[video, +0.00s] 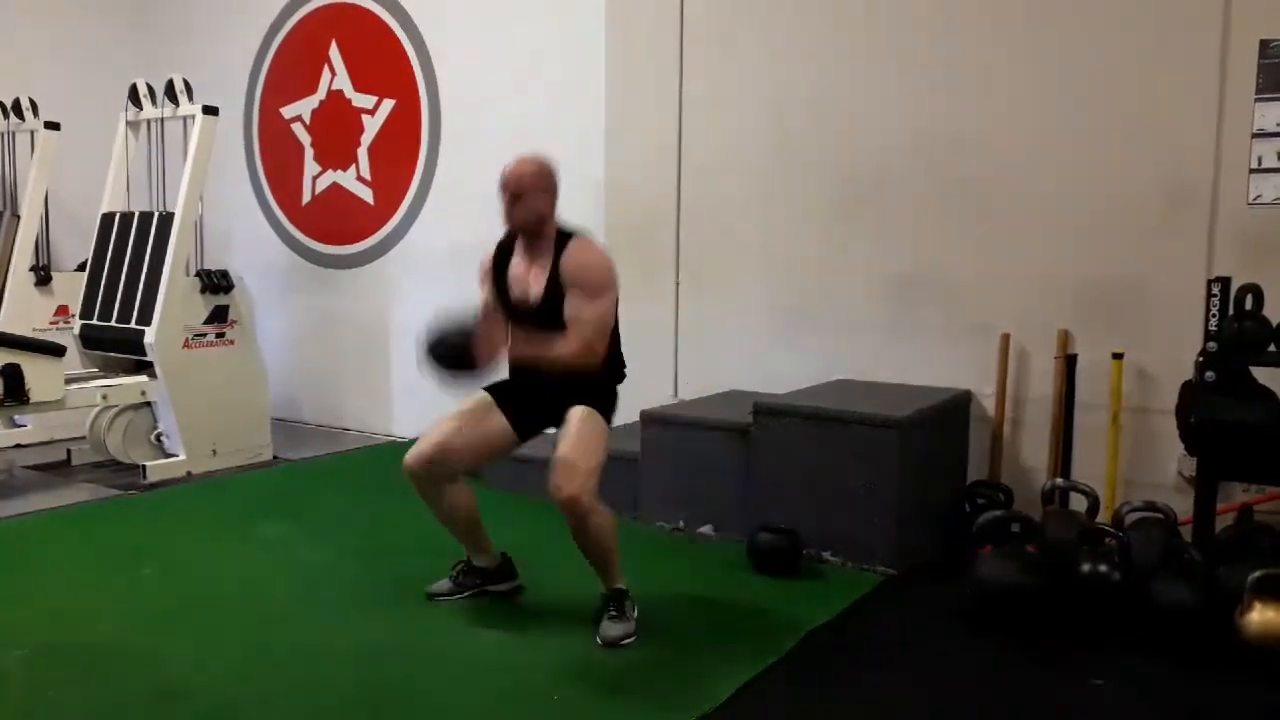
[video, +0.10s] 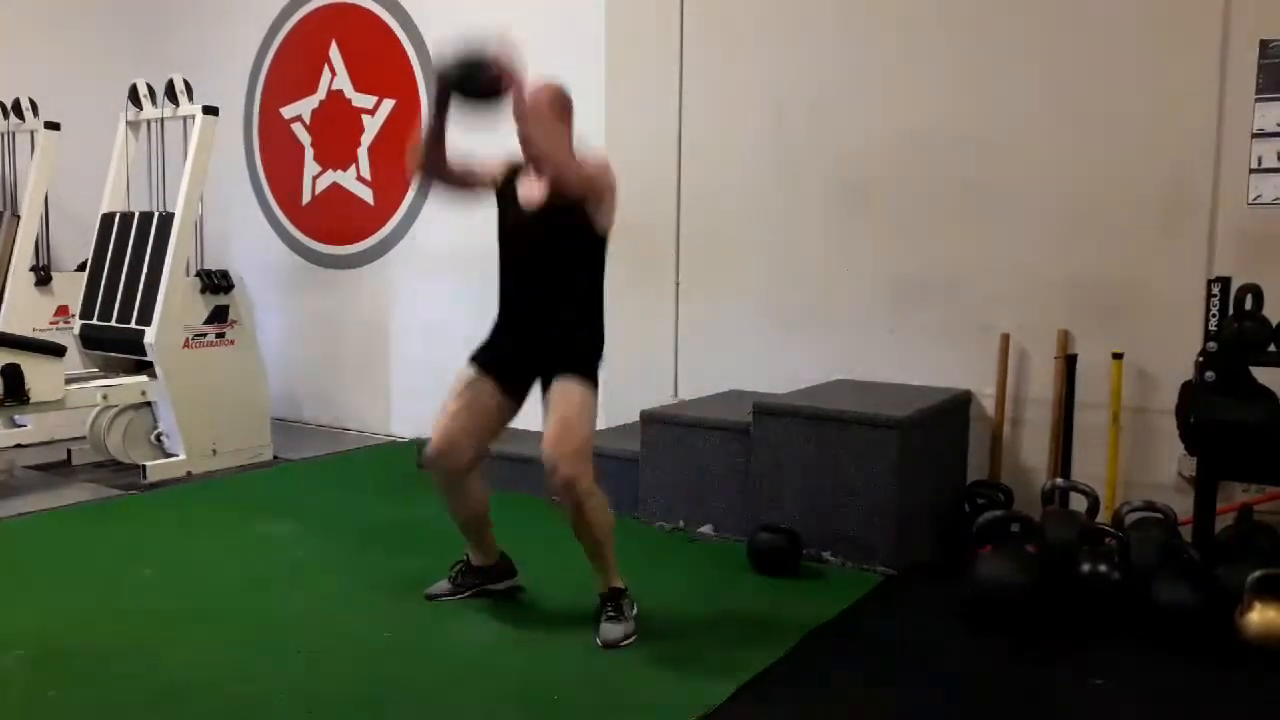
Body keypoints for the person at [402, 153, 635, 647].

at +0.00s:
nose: (511, 206)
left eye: (522, 197)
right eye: (507, 196)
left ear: (550, 199)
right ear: (502, 200)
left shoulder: (585, 260)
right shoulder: (499, 260)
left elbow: (587, 351)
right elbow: (489, 343)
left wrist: (512, 345)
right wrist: (459, 350)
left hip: (587, 387)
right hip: (529, 385)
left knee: (570, 489)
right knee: (425, 463)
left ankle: (617, 597)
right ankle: (488, 565)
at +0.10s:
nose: (532, 130)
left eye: (543, 119)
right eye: (527, 121)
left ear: (564, 124)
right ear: (520, 126)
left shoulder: (594, 179)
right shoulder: (508, 175)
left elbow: (560, 168)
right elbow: (433, 170)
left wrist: (520, 93)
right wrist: (443, 97)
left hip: (572, 346)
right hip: (511, 340)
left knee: (566, 472)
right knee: (447, 455)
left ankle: (613, 593)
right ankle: (488, 565)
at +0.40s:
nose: (526, 129)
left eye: (535, 118)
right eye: (520, 119)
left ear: (559, 119)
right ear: (512, 124)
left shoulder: (600, 162)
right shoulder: (514, 168)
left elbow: (558, 187)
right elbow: (438, 162)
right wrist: (437, 74)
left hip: (617, 321)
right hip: (559, 321)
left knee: (615, 451)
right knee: (511, 439)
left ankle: (660, 576)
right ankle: (536, 549)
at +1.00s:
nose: (647, 153)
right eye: (648, 147)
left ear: (601, 136)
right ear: (643, 144)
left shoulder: (553, 163)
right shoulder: (651, 180)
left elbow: (499, 233)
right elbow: (679, 261)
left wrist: (501, 299)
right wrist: (691, 332)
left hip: (553, 322)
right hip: (615, 327)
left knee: (539, 434)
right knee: (604, 435)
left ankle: (525, 564)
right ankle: (609, 562)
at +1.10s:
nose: (659, 163)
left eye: (662, 157)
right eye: (661, 155)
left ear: (618, 136)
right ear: (649, 143)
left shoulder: (561, 167)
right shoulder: (642, 175)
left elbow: (524, 249)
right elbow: (658, 255)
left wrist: (550, 295)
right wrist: (693, 332)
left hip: (543, 317)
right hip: (602, 321)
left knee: (537, 432)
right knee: (607, 434)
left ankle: (524, 565)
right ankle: (601, 562)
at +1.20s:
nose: (683, 175)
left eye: (688, 167)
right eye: (685, 165)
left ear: (650, 139)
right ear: (672, 145)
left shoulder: (585, 172)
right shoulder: (658, 179)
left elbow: (561, 241)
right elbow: (651, 265)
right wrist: (669, 350)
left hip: (552, 314)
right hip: (606, 319)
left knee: (563, 417)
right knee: (621, 435)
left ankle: (528, 535)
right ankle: (596, 563)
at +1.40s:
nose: (733, 218)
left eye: (739, 211)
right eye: (736, 207)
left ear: (710, 184)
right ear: (718, 189)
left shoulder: (657, 206)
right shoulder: (691, 231)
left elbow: (667, 308)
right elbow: (685, 323)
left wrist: (699, 359)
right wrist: (703, 401)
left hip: (559, 316)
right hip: (601, 327)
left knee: (581, 410)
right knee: (644, 435)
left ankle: (549, 507)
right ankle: (597, 556)